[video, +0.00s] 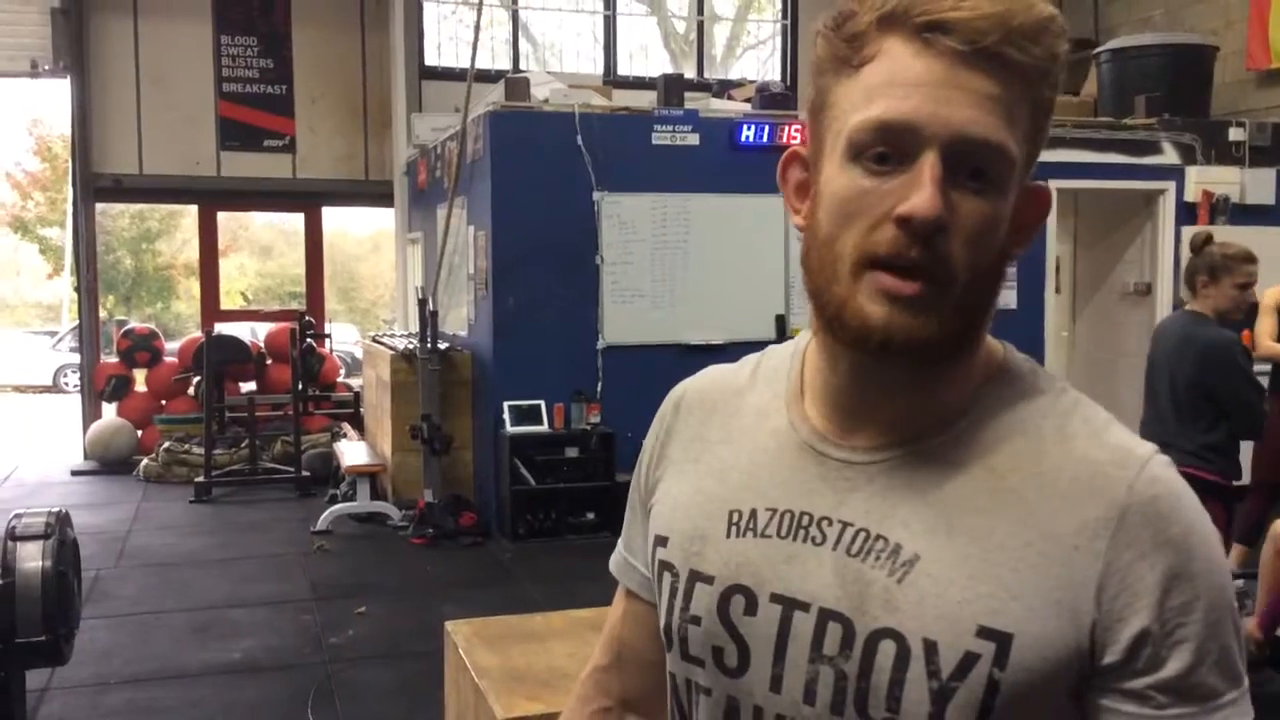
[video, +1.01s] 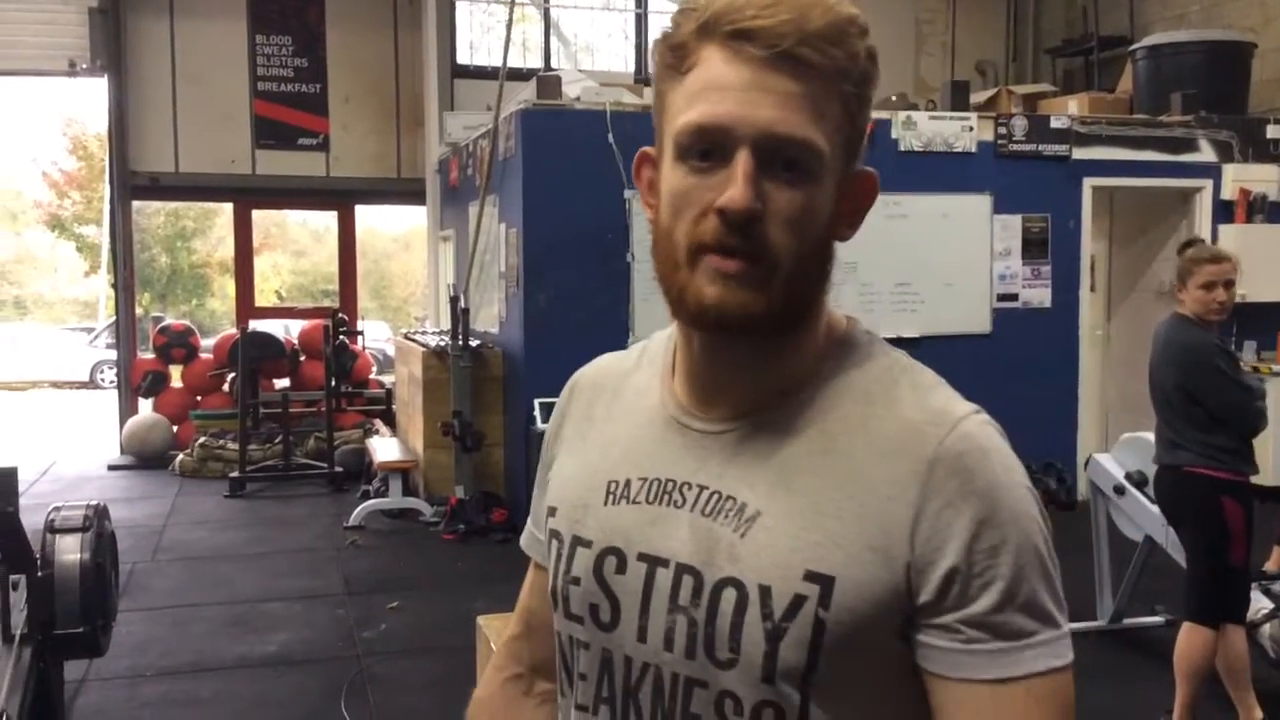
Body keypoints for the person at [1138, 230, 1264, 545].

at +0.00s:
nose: (1252, 298)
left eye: (1253, 287)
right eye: (1243, 287)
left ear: (1204, 286)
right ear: (1205, 285)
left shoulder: (1166, 328)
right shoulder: (1221, 343)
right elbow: (1253, 422)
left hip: (1158, 474)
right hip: (1205, 484)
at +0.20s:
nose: (1245, 302)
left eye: (1246, 291)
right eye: (1236, 292)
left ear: (1195, 293)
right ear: (1197, 290)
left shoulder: (1162, 334)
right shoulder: (1220, 348)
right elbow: (1251, 428)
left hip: (1154, 478)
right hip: (1202, 488)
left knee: (1161, 586)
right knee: (1200, 597)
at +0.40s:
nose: (1227, 298)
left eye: (1231, 288)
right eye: (1214, 289)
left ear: (1235, 289)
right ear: (1184, 294)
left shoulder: (1161, 337)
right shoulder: (1203, 348)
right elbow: (1244, 425)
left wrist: (1228, 407)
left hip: (1155, 480)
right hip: (1193, 488)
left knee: (1177, 609)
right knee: (1202, 617)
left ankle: (1175, 704)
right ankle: (1223, 712)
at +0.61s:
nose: (1215, 299)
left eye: (1222, 289)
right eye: (1203, 290)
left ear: (1229, 291)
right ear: (1175, 295)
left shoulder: (1173, 339)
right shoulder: (1187, 348)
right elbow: (1235, 426)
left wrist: (1235, 397)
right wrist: (1244, 393)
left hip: (1178, 485)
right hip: (1189, 491)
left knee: (1210, 615)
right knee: (1185, 616)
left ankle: (1230, 714)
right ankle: (1162, 715)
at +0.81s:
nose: (1215, 296)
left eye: (1222, 285)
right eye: (1203, 287)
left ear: (1228, 288)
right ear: (1175, 293)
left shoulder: (1178, 337)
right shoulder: (1185, 345)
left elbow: (1235, 395)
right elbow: (1236, 419)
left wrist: (1236, 397)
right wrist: (1245, 390)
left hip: (1187, 482)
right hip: (1195, 486)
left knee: (1219, 611)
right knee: (1193, 612)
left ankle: (1239, 713)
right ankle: (1170, 715)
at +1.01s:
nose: (1222, 295)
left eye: (1228, 285)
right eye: (1210, 286)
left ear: (1234, 285)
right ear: (1181, 291)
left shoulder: (1170, 334)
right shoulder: (1199, 346)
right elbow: (1252, 417)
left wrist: (1243, 386)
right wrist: (1251, 384)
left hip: (1185, 479)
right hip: (1210, 486)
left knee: (1229, 610)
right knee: (1204, 612)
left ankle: (1250, 712)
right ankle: (1180, 715)